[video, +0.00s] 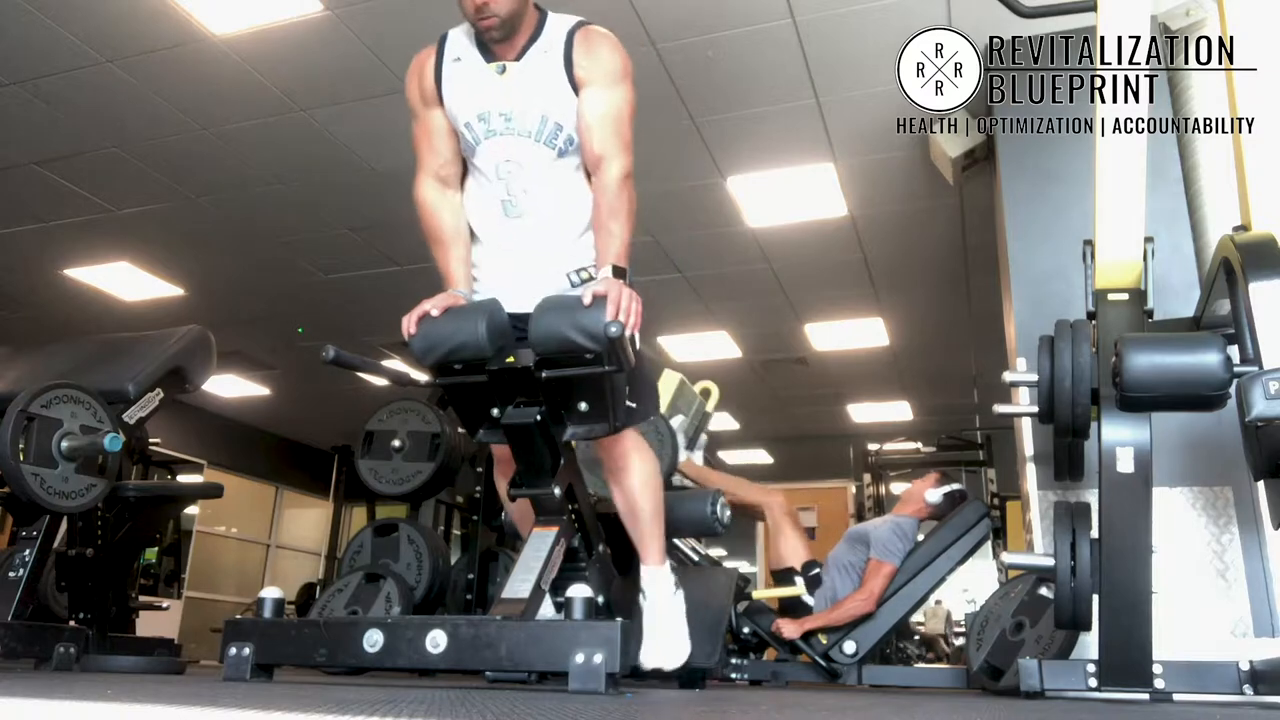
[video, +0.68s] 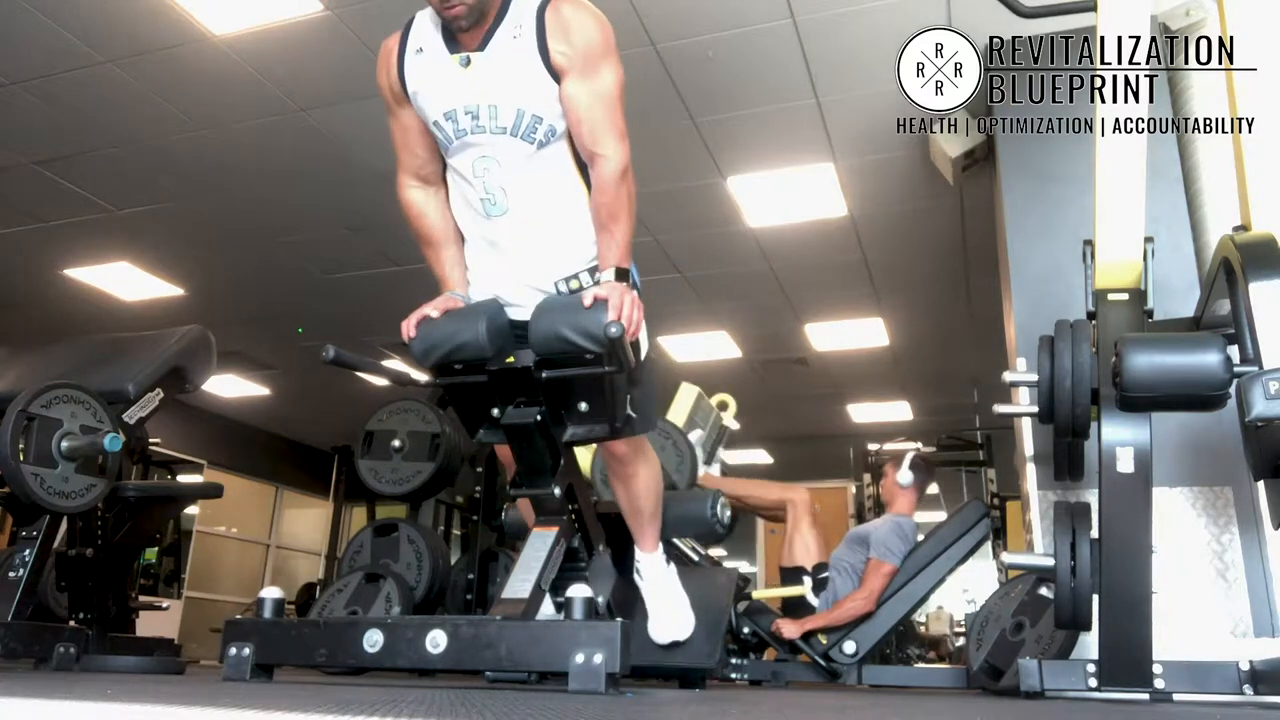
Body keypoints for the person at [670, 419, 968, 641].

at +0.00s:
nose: (920, 478)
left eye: (928, 479)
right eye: (927, 476)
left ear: (928, 497)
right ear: (929, 506)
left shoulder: (896, 529)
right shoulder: (895, 525)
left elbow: (868, 600)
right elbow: (868, 596)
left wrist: (803, 624)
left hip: (810, 606)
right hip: (813, 597)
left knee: (776, 501)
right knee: (776, 502)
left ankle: (684, 463)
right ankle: (693, 466)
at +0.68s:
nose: (881, 483)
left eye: (886, 476)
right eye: (884, 476)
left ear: (900, 479)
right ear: (913, 484)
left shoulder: (893, 528)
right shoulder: (897, 526)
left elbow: (866, 600)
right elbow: (867, 597)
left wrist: (802, 625)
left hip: (811, 610)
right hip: (817, 605)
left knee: (799, 498)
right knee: (798, 506)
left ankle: (703, 479)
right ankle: (722, 489)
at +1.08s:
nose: (881, 487)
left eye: (884, 480)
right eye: (882, 480)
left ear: (900, 481)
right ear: (909, 485)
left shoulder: (893, 529)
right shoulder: (898, 525)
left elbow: (867, 600)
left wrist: (802, 625)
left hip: (815, 606)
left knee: (834, 498)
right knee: (837, 497)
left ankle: (729, 504)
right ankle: (740, 507)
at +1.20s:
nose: (879, 488)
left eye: (883, 480)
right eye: (880, 480)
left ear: (901, 481)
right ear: (905, 483)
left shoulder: (895, 530)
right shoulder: (896, 525)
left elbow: (867, 599)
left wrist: (801, 625)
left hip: (814, 606)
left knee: (840, 499)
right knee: (848, 510)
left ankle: (734, 507)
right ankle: (749, 513)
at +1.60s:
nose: (877, 493)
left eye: (880, 485)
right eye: (876, 485)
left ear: (902, 483)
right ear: (901, 484)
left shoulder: (900, 530)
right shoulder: (897, 526)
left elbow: (866, 597)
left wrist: (801, 625)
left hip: (813, 603)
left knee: (839, 498)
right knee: (850, 511)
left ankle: (732, 506)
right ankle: (746, 515)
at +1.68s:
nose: (877, 494)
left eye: (880, 485)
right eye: (877, 486)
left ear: (901, 483)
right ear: (901, 484)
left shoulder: (899, 530)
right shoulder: (898, 526)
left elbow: (866, 597)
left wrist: (801, 625)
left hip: (814, 604)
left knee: (836, 499)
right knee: (840, 499)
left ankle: (731, 504)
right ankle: (741, 511)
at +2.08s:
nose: (872, 494)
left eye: (876, 485)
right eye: (872, 486)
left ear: (899, 483)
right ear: (898, 484)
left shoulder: (897, 530)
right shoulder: (900, 527)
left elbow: (866, 597)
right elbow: (865, 593)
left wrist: (801, 625)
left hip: (813, 607)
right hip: (818, 601)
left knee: (808, 496)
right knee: (809, 502)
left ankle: (709, 484)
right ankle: (728, 494)